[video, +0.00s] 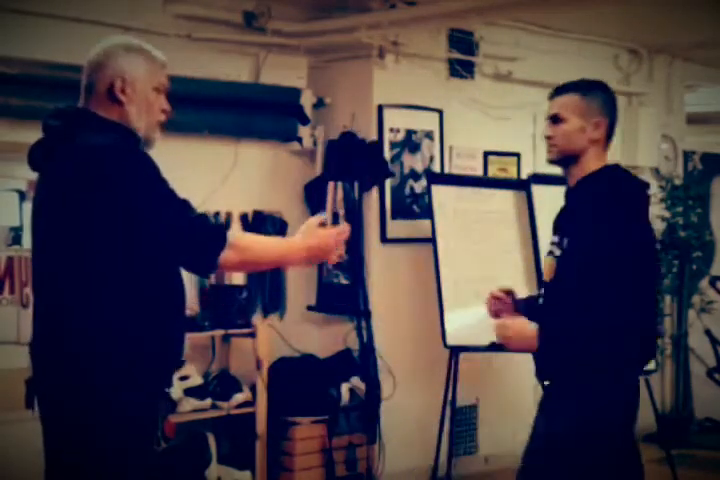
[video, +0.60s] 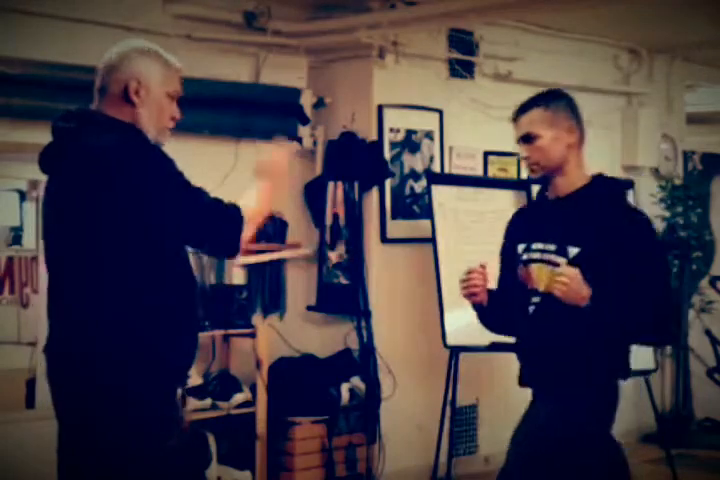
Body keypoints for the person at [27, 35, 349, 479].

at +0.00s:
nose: (167, 108)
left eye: (166, 95)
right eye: (160, 92)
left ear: (120, 91)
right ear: (121, 91)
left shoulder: (65, 158)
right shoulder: (116, 160)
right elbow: (208, 249)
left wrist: (293, 246)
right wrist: (303, 249)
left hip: (71, 382)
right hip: (115, 390)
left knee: (74, 471)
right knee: (118, 471)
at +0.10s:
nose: (167, 109)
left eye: (166, 96)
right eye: (160, 93)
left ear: (121, 91)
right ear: (122, 90)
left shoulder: (66, 157)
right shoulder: (116, 157)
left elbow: (100, 277)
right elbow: (212, 246)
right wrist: (305, 240)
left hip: (71, 377)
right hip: (116, 387)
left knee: (78, 471)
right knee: (122, 470)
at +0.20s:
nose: (168, 107)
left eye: (166, 94)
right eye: (160, 91)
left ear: (119, 90)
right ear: (122, 90)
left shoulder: (67, 156)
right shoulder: (119, 157)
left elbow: (102, 279)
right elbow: (209, 246)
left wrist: (181, 304)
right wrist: (301, 248)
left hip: (73, 374)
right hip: (118, 383)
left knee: (80, 470)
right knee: (124, 469)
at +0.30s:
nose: (168, 108)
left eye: (167, 95)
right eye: (161, 91)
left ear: (118, 91)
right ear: (122, 90)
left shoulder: (67, 158)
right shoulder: (121, 158)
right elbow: (212, 244)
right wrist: (306, 252)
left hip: (75, 373)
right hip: (120, 381)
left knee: (78, 469)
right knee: (125, 469)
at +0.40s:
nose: (169, 108)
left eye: (168, 95)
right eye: (162, 92)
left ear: (121, 91)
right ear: (124, 90)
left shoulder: (68, 156)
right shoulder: (124, 156)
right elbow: (219, 240)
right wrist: (312, 245)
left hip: (78, 372)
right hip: (124, 380)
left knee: (81, 469)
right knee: (128, 469)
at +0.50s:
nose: (171, 112)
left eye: (171, 98)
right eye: (165, 95)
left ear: (124, 90)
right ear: (128, 90)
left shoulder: (69, 158)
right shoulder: (126, 156)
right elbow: (226, 239)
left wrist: (294, 228)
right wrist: (310, 225)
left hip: (81, 374)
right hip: (127, 380)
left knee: (85, 470)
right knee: (133, 470)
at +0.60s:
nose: (178, 115)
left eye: (178, 102)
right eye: (173, 99)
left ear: (134, 92)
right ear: (137, 92)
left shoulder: (73, 155)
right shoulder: (131, 156)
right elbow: (224, 232)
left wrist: (238, 233)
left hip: (83, 367)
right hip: (132, 373)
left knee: (88, 469)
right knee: (143, 469)